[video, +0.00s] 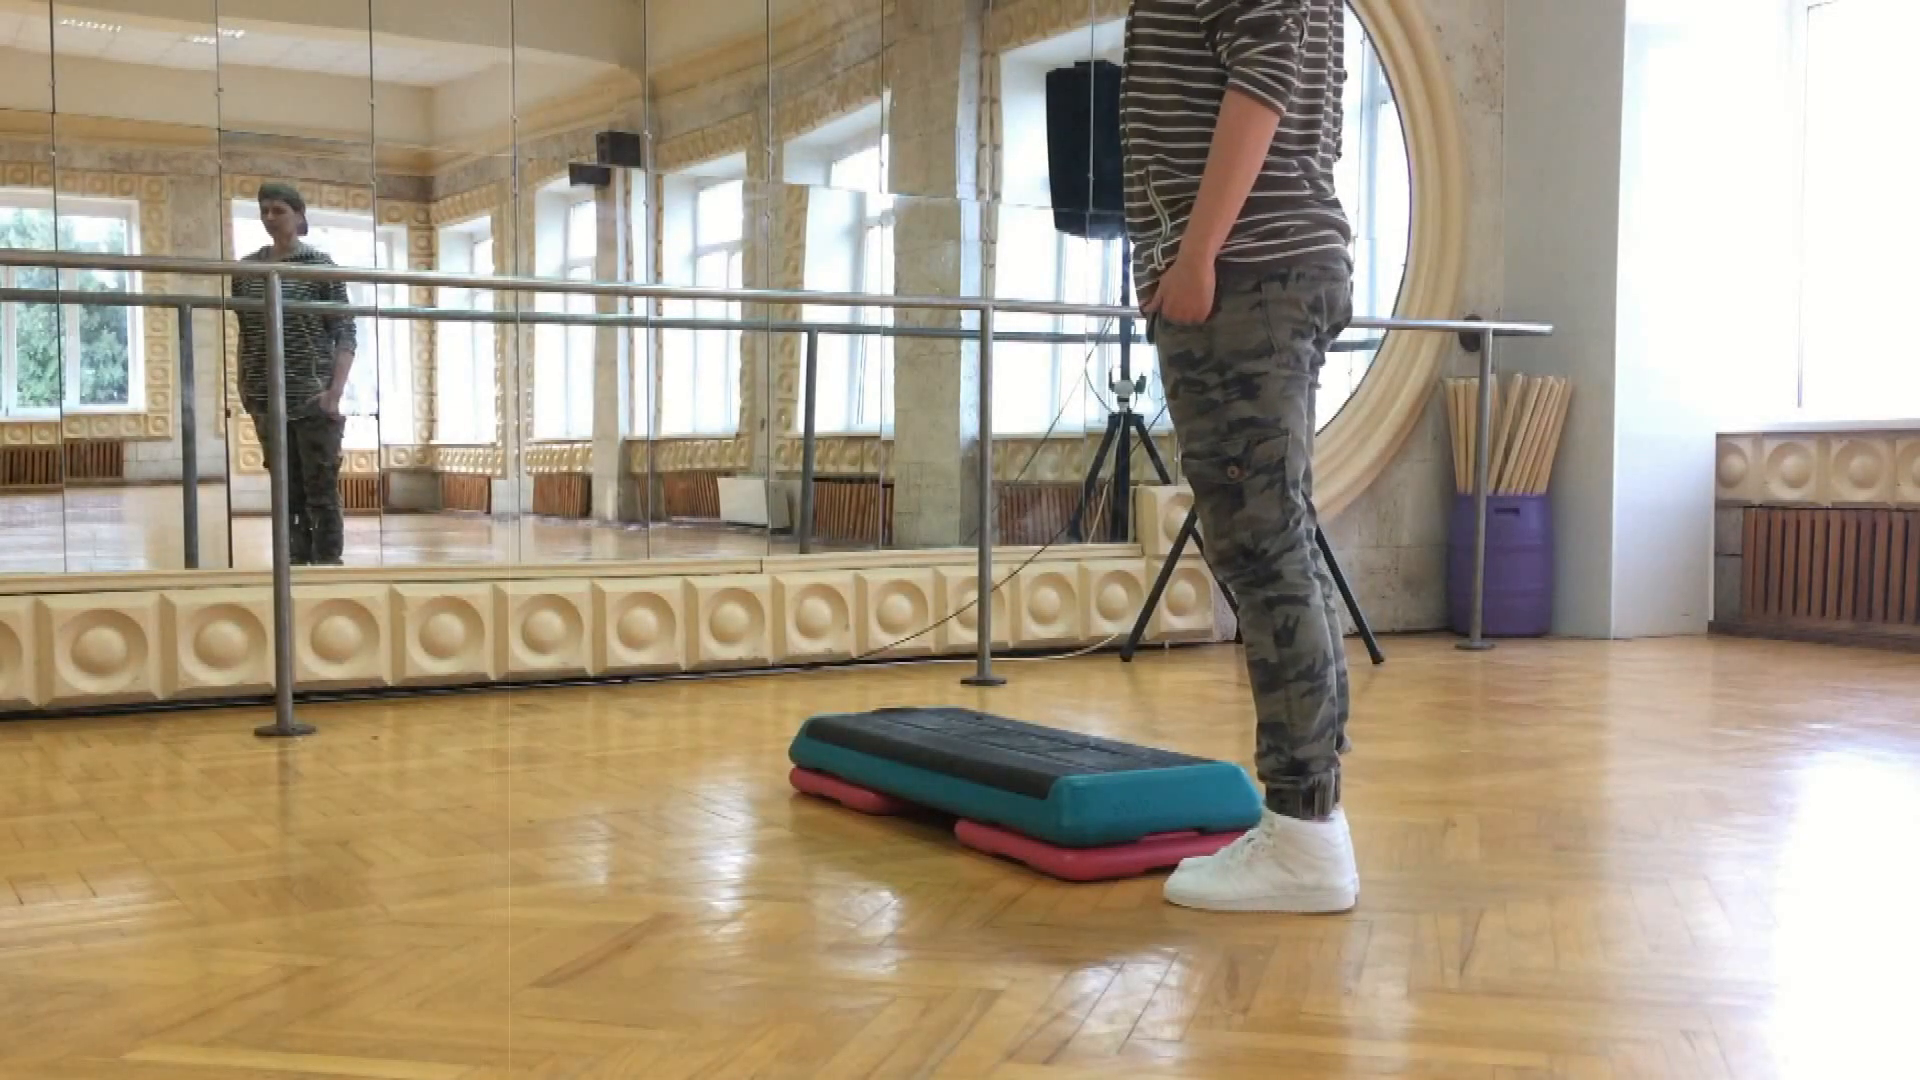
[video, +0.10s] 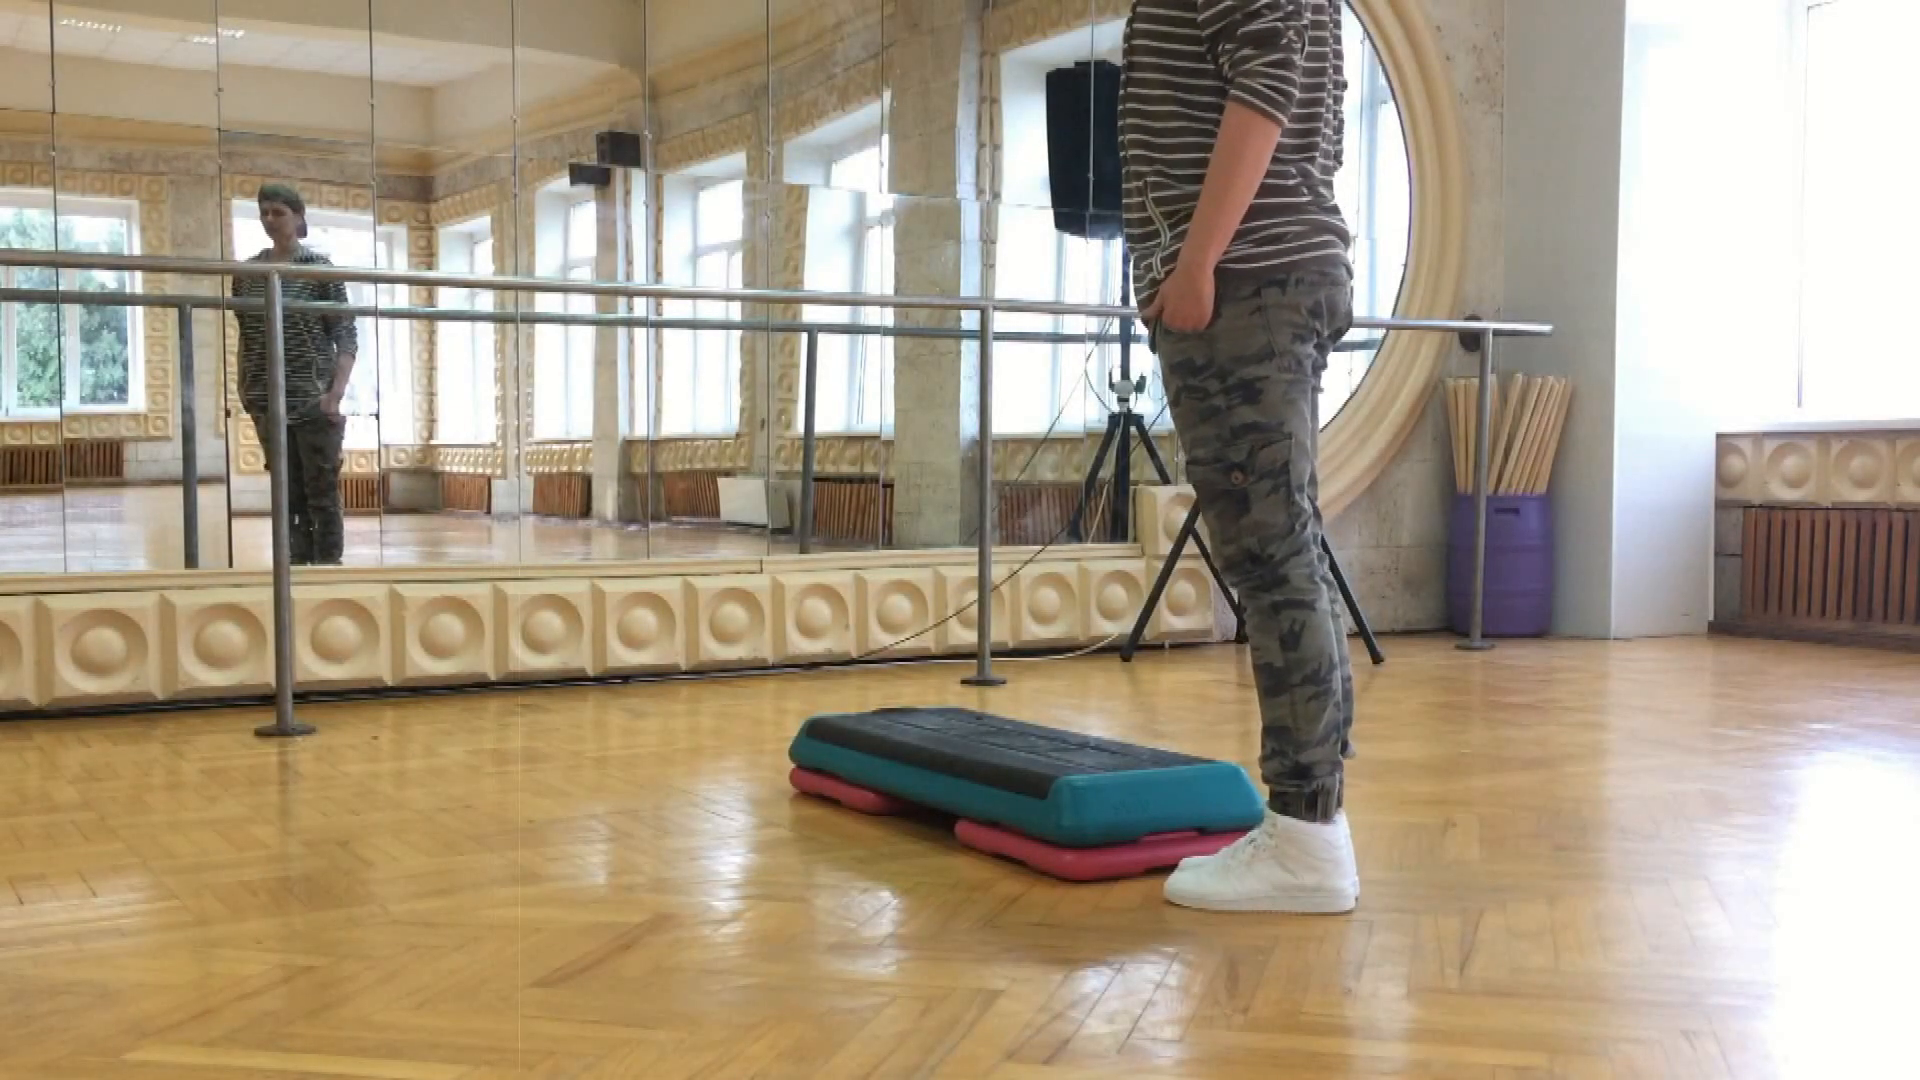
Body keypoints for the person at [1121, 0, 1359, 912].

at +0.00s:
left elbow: (1267, 76)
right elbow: (1268, 91)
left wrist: (1195, 254)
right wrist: (1186, 253)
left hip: (1246, 275)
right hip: (1256, 270)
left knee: (1260, 547)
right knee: (1271, 543)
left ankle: (1303, 835)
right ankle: (1305, 821)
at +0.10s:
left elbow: (1268, 86)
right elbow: (1264, 99)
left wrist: (1195, 261)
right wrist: (1185, 259)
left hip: (1247, 284)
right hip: (1241, 285)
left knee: (1267, 552)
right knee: (1273, 550)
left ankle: (1306, 838)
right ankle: (1306, 823)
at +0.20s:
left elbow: (1260, 82)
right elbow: (1259, 93)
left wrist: (1195, 258)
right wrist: (1185, 256)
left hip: (1247, 281)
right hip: (1245, 280)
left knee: (1266, 552)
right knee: (1273, 548)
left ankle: (1306, 839)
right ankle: (1306, 823)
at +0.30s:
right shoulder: (1285, 8)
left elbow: (1251, 81)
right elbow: (1315, 137)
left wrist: (1189, 262)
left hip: (1239, 283)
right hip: (1260, 280)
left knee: (1253, 553)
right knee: (1271, 548)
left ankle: (1305, 839)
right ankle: (1309, 823)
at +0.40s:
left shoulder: (1233, 0)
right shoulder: (1288, 10)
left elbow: (1244, 93)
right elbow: (1315, 148)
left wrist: (1176, 264)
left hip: (1230, 287)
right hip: (1268, 283)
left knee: (1220, 559)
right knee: (1228, 555)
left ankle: (1303, 838)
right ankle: (1302, 824)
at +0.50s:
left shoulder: (1220, 3)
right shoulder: (1291, 19)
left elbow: (1245, 119)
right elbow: (1317, 163)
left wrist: (1163, 286)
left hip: (1230, 301)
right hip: (1250, 302)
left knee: (1156, 561)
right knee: (1107, 538)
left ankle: (1294, 834)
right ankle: (1288, 736)